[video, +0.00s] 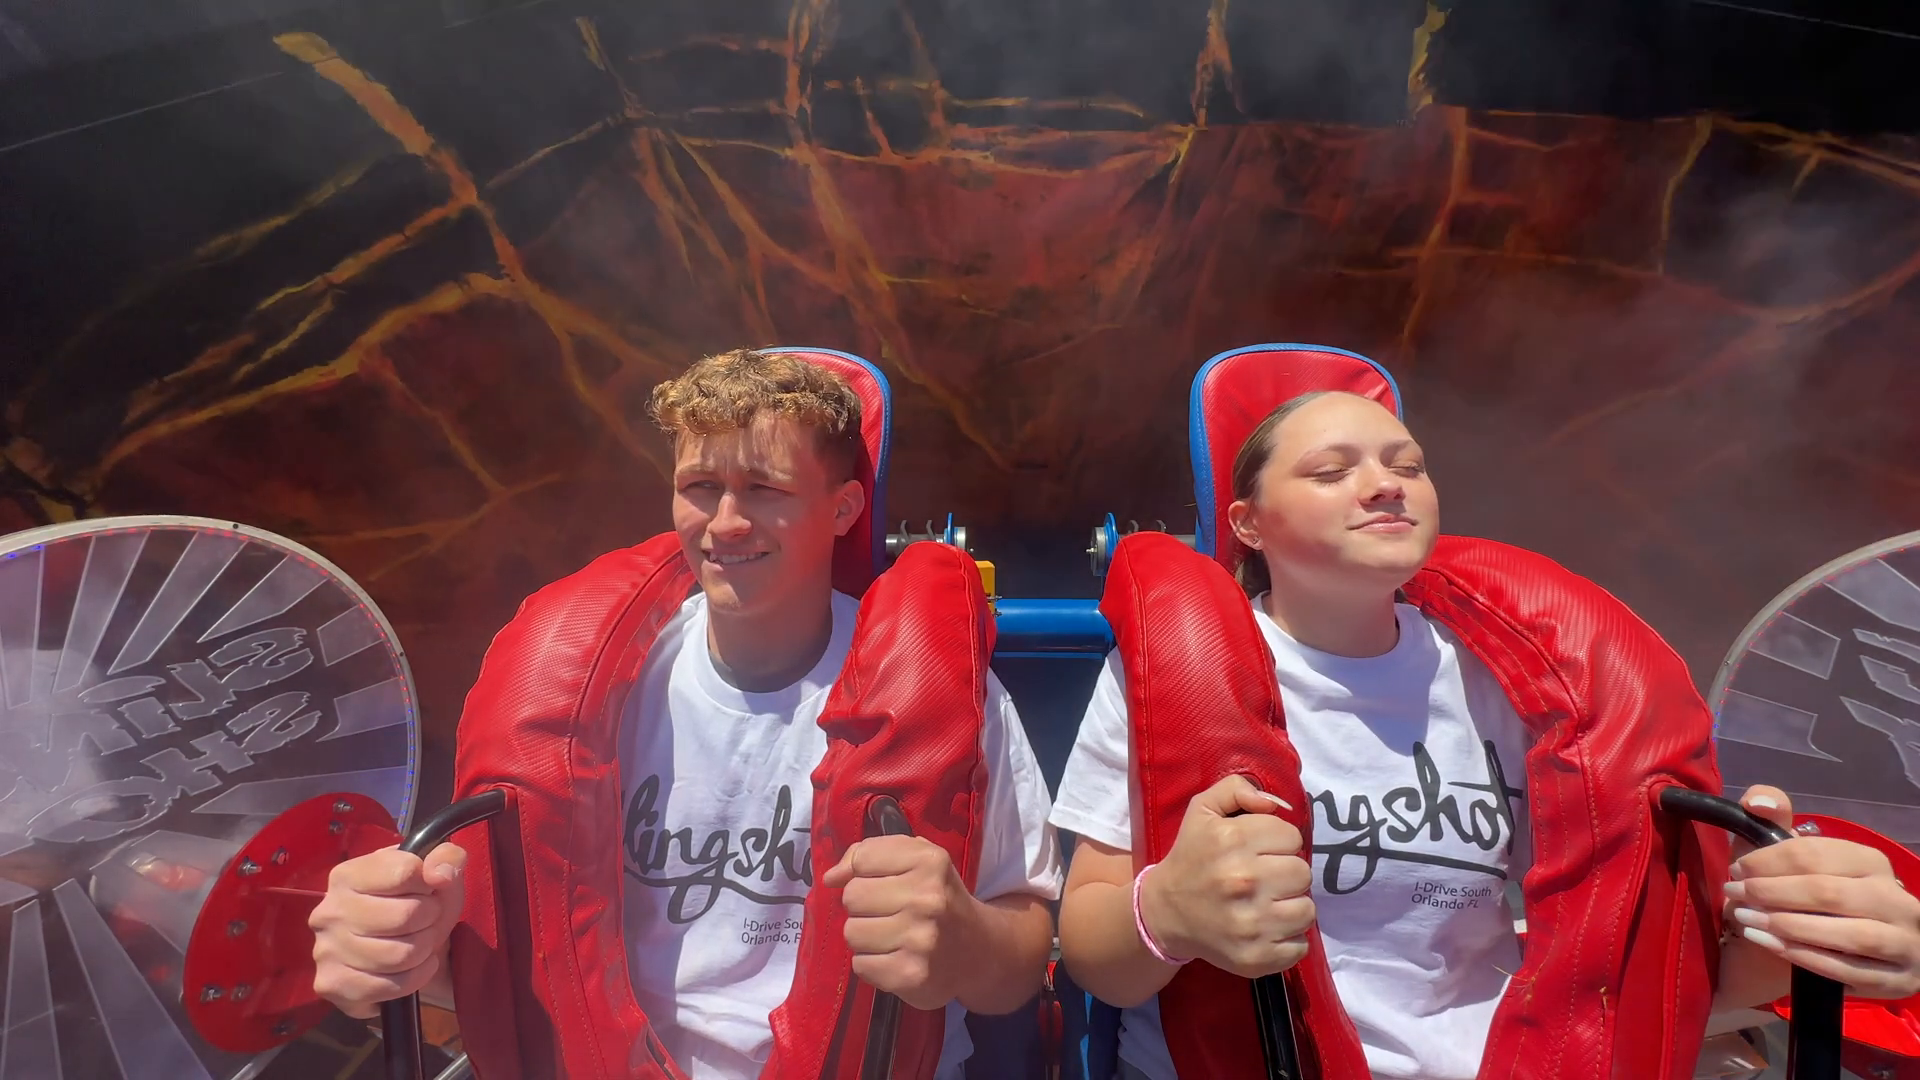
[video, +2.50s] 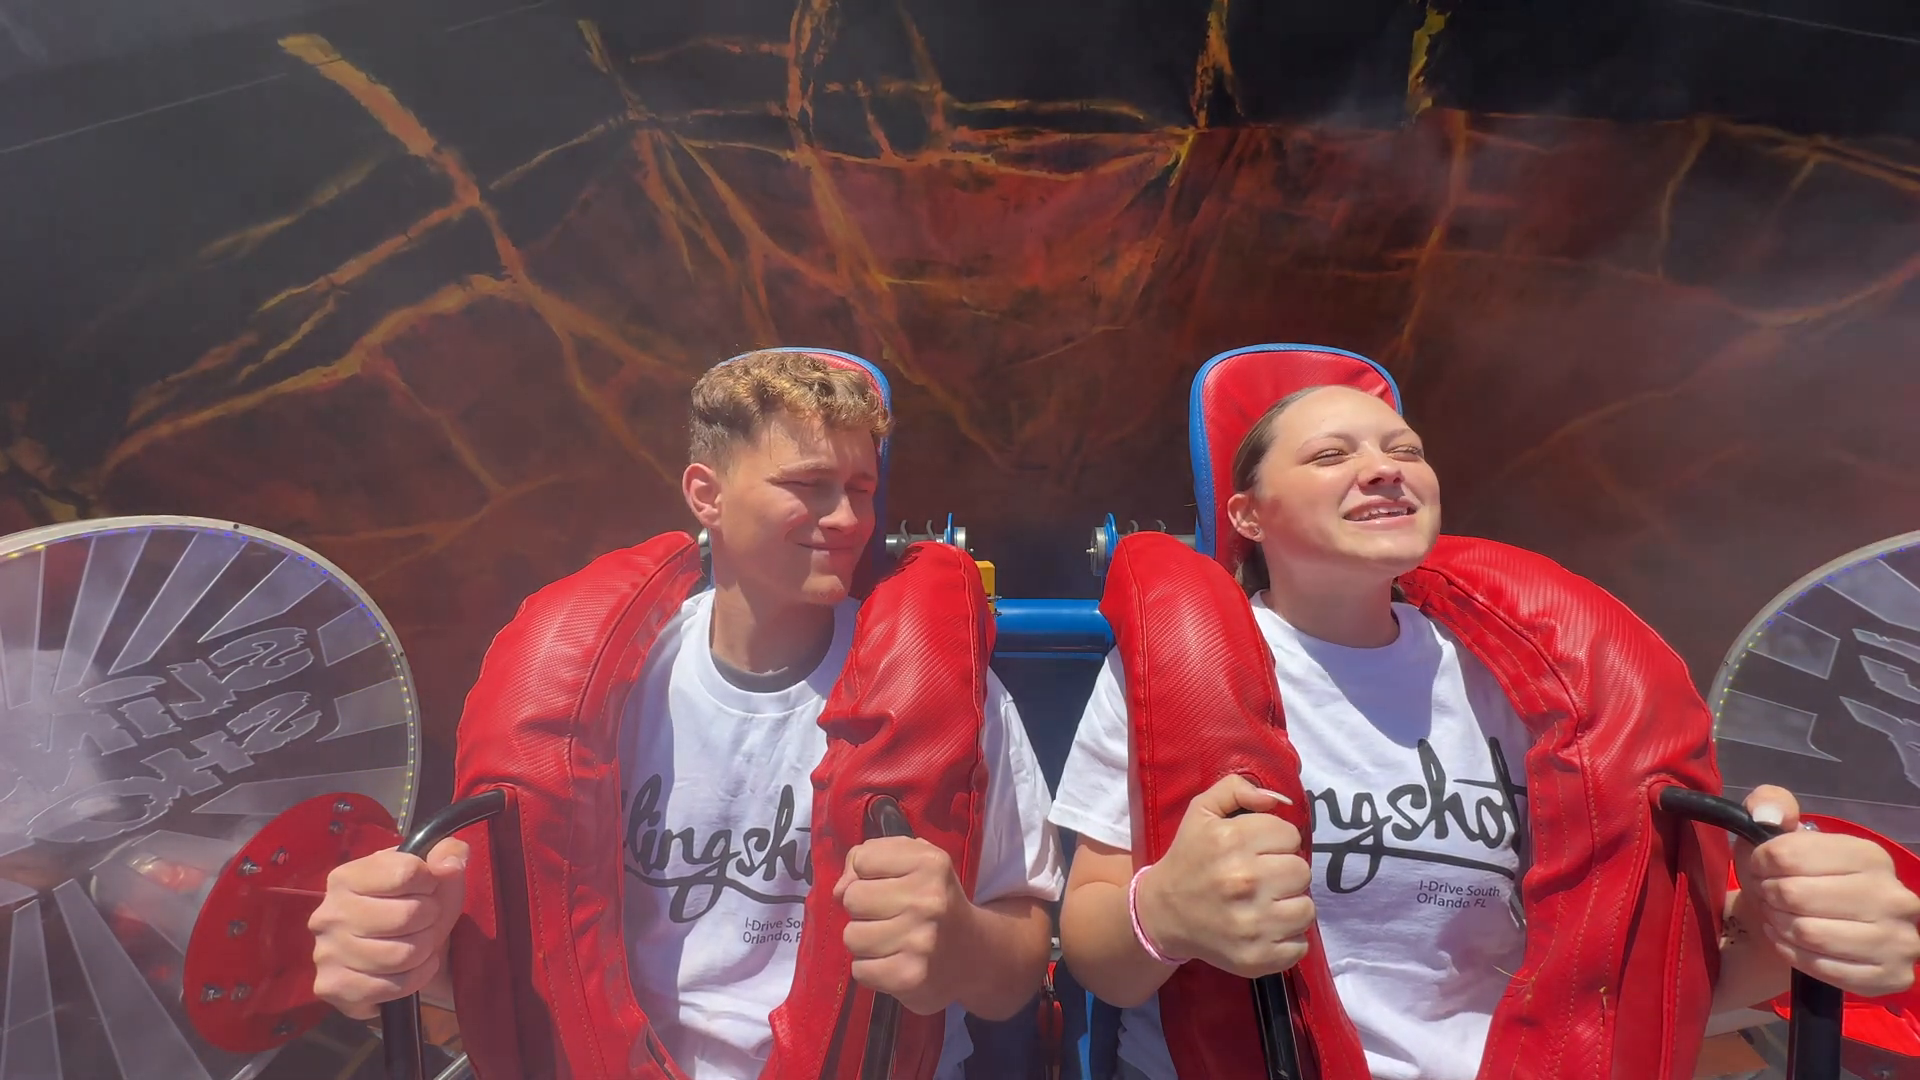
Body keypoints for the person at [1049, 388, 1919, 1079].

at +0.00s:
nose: (1384, 481)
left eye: (1401, 457)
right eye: (1330, 468)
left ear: (1434, 488)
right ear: (1246, 523)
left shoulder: (1520, 664)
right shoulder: (1175, 664)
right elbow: (1089, 954)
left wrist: (1717, 857)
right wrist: (1162, 911)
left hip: (1508, 1065)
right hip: (1294, 1065)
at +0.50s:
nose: (1381, 487)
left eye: (1400, 460)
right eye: (1329, 470)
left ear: (1432, 486)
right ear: (1246, 521)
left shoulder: (1532, 664)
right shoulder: (1173, 663)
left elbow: (1651, 924)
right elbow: (1089, 957)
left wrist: (1756, 899)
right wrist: (1162, 910)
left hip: (1507, 1068)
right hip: (1287, 1066)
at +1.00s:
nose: (1373, 491)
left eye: (1393, 463)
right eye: (1321, 473)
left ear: (1427, 490)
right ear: (1242, 525)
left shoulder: (1533, 655)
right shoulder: (1171, 663)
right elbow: (1087, 957)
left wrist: (1754, 897)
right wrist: (1160, 913)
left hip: (1515, 1055)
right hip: (1289, 1057)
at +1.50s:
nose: (1374, 486)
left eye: (1394, 459)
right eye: (1321, 470)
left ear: (1428, 488)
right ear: (1241, 523)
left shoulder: (1533, 659)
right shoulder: (1171, 661)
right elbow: (1088, 956)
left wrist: (1758, 903)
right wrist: (1159, 913)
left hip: (1510, 1058)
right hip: (1285, 1059)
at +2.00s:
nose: (1379, 468)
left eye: (1395, 445)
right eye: (1325, 455)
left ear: (1431, 480)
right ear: (1244, 518)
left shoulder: (1530, 662)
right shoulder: (1173, 663)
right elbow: (1088, 953)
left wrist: (1767, 904)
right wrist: (1158, 914)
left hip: (1506, 1067)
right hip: (1281, 1066)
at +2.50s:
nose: (1384, 467)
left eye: (1399, 444)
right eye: (1329, 453)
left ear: (1433, 482)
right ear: (1245, 515)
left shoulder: (1531, 665)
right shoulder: (1174, 662)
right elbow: (1088, 953)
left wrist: (1770, 918)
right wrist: (1158, 914)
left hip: (1506, 1067)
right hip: (1283, 1065)